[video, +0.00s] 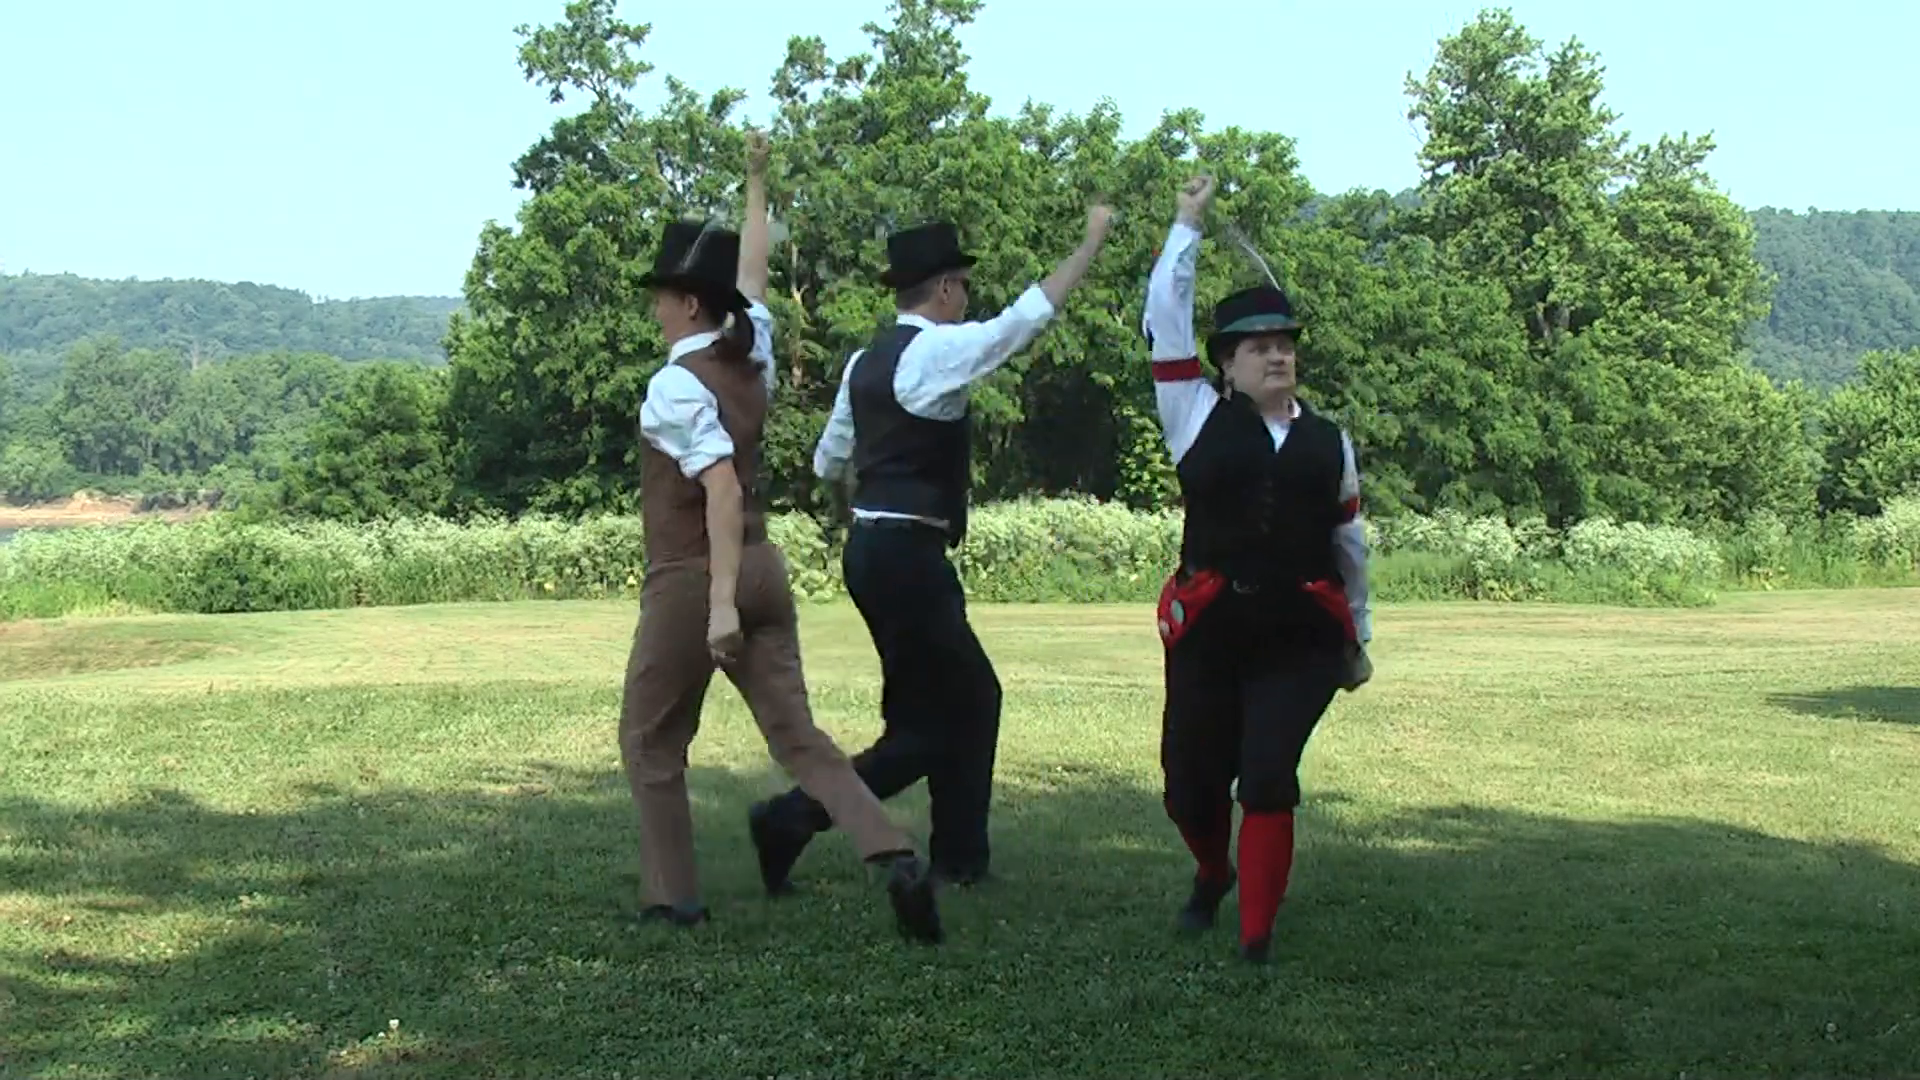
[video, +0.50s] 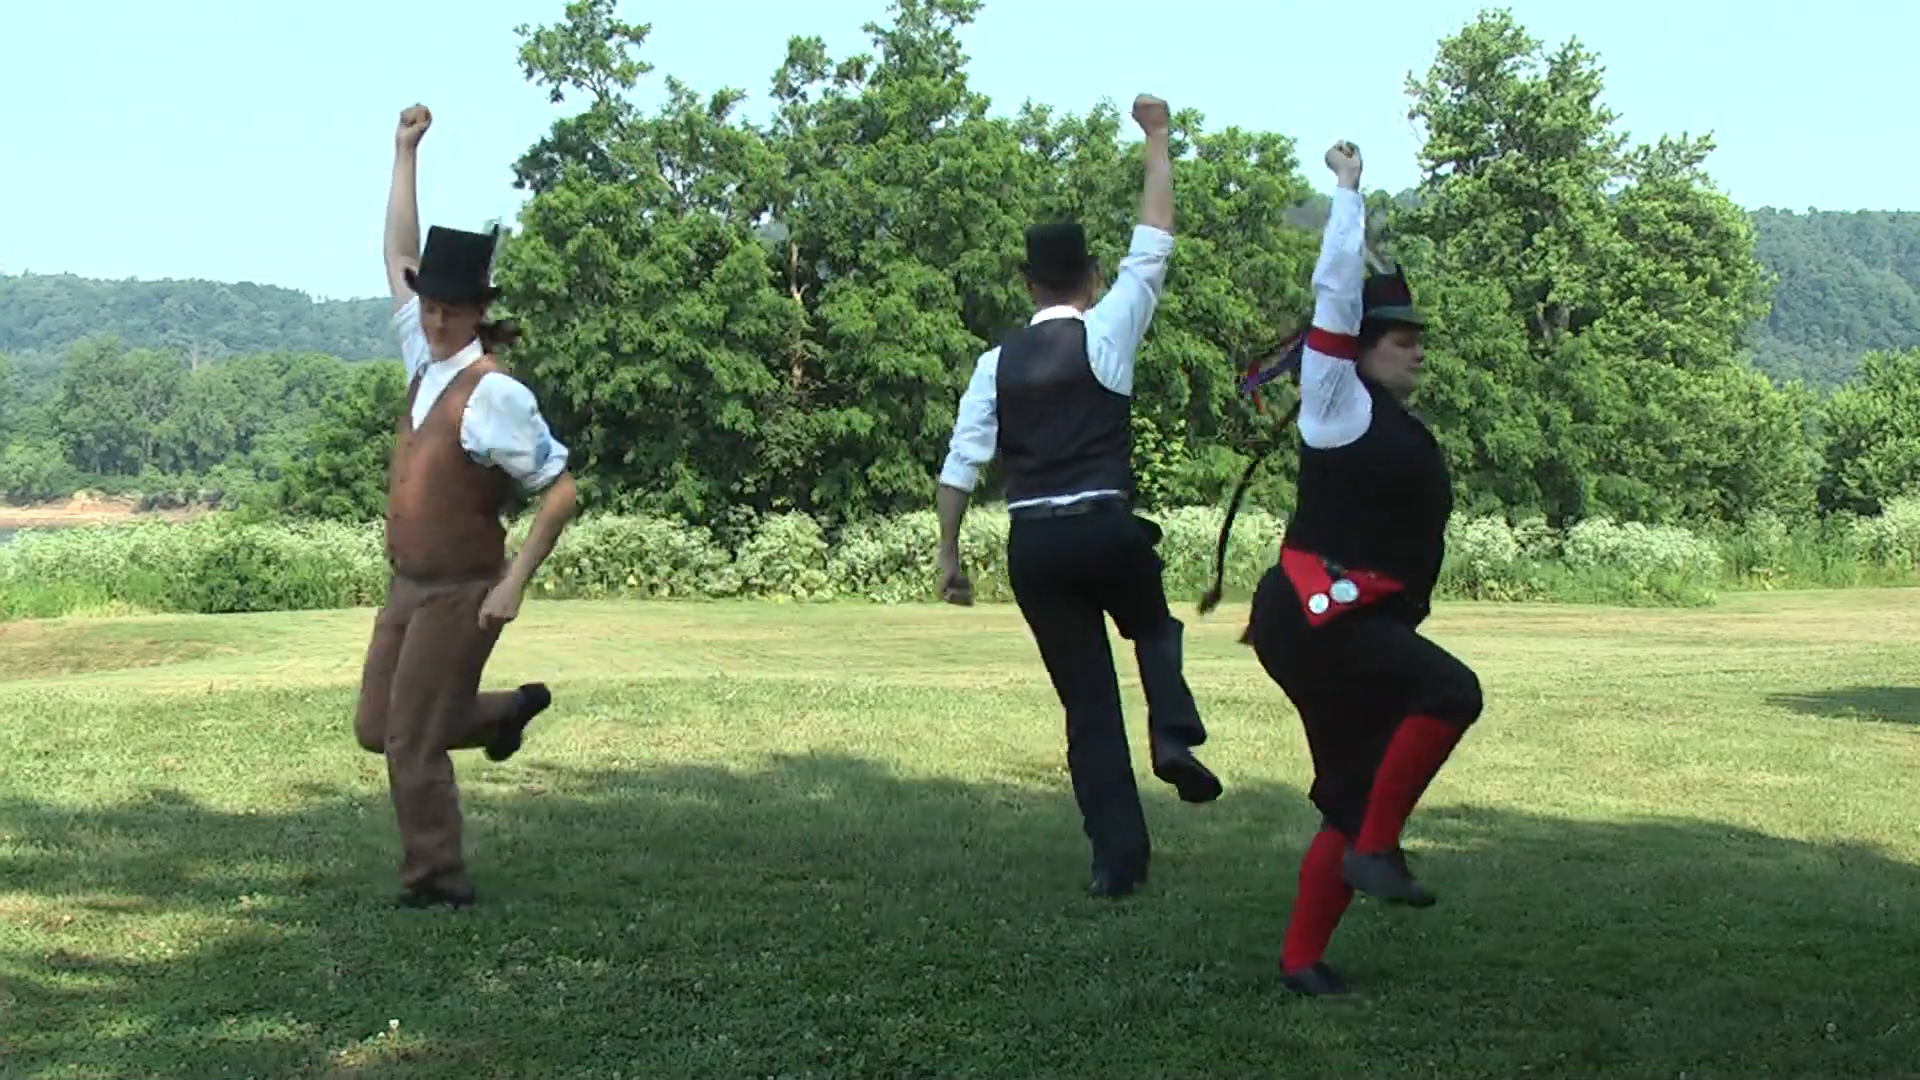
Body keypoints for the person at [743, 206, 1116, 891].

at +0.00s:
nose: (967, 296)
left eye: (963, 285)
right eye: (962, 284)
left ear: (907, 293)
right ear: (944, 289)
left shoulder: (864, 361)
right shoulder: (935, 349)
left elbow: (830, 459)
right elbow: (1024, 319)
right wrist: (1089, 247)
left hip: (873, 552)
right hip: (908, 553)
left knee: (934, 721)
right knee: (973, 698)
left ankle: (792, 820)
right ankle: (959, 861)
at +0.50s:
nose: (1098, 286)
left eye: (1079, 278)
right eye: (1097, 278)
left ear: (1029, 286)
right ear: (1091, 281)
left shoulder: (995, 364)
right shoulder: (1106, 333)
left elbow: (960, 463)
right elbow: (1153, 246)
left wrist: (947, 550)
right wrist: (1156, 141)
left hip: (1033, 543)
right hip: (1108, 531)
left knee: (1087, 704)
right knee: (1153, 627)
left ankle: (1118, 863)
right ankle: (1174, 742)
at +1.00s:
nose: (1094, 292)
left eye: (1099, 282)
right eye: (1098, 280)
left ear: (1118, 289)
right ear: (1155, 290)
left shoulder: (1101, 358)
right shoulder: (1184, 338)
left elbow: (1118, 457)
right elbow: (1193, 260)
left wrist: (1106, 539)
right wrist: (1187, 169)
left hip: (1133, 529)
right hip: (1186, 528)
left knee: (1053, 650)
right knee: (1172, 689)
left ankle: (1144, 731)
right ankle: (1214, 837)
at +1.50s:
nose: (1016, 321)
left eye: (1028, 312)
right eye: (1016, 310)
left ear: (1064, 318)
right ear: (1052, 316)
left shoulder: (1077, 383)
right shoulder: (1056, 366)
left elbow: (1122, 469)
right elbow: (1026, 280)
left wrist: (1086, 541)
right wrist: (1007, 212)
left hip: (1098, 555)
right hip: (1102, 556)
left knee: (957, 608)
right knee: (1102, 703)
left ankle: (967, 750)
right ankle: (1178, 835)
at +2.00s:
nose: (880, 291)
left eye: (892, 282)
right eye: (876, 282)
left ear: (922, 289)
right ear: (876, 291)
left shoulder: (933, 356)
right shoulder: (875, 355)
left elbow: (926, 274)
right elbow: (882, 447)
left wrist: (911, 184)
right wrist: (862, 511)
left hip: (927, 544)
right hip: (873, 539)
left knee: (879, 688)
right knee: (805, 656)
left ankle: (881, 830)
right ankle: (928, 721)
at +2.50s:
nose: (775, 284)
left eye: (787, 274)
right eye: (764, 274)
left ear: (812, 280)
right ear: (749, 279)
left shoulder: (829, 344)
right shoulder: (724, 351)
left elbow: (860, 253)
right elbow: (691, 432)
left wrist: (848, 151)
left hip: (803, 539)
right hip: (725, 534)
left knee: (787, 694)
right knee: (659, 644)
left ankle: (810, 833)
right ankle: (661, 780)